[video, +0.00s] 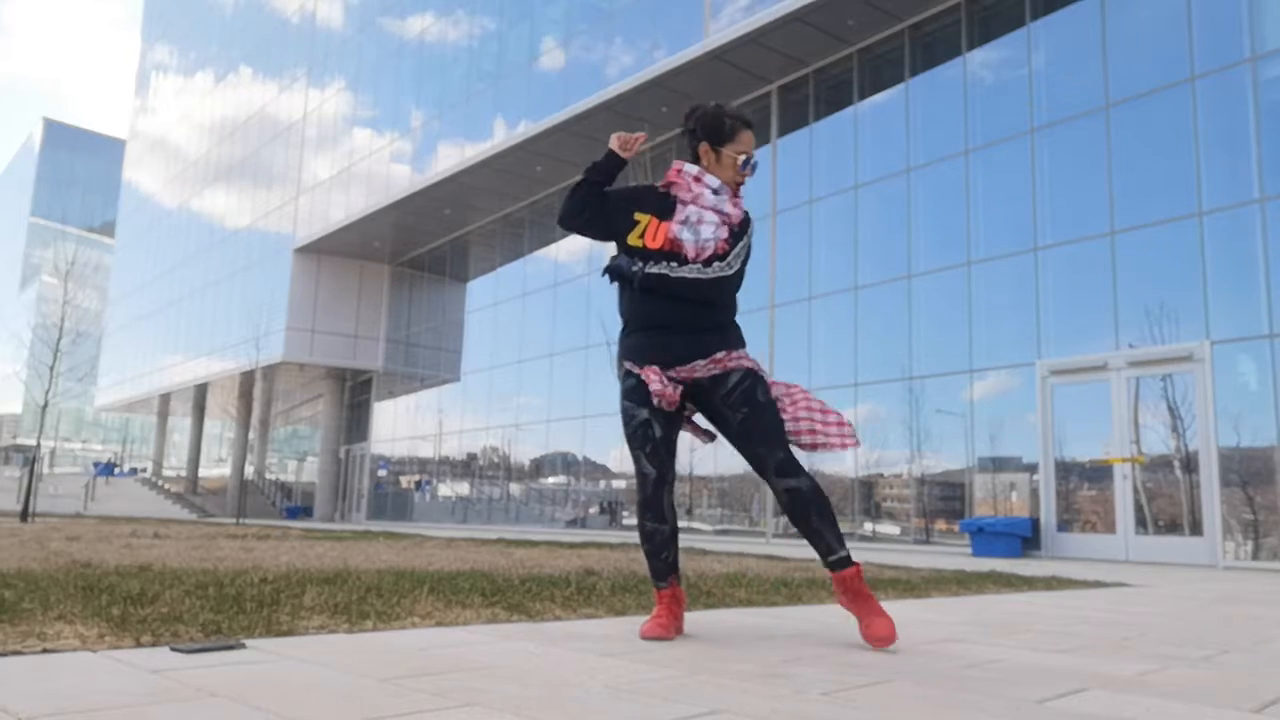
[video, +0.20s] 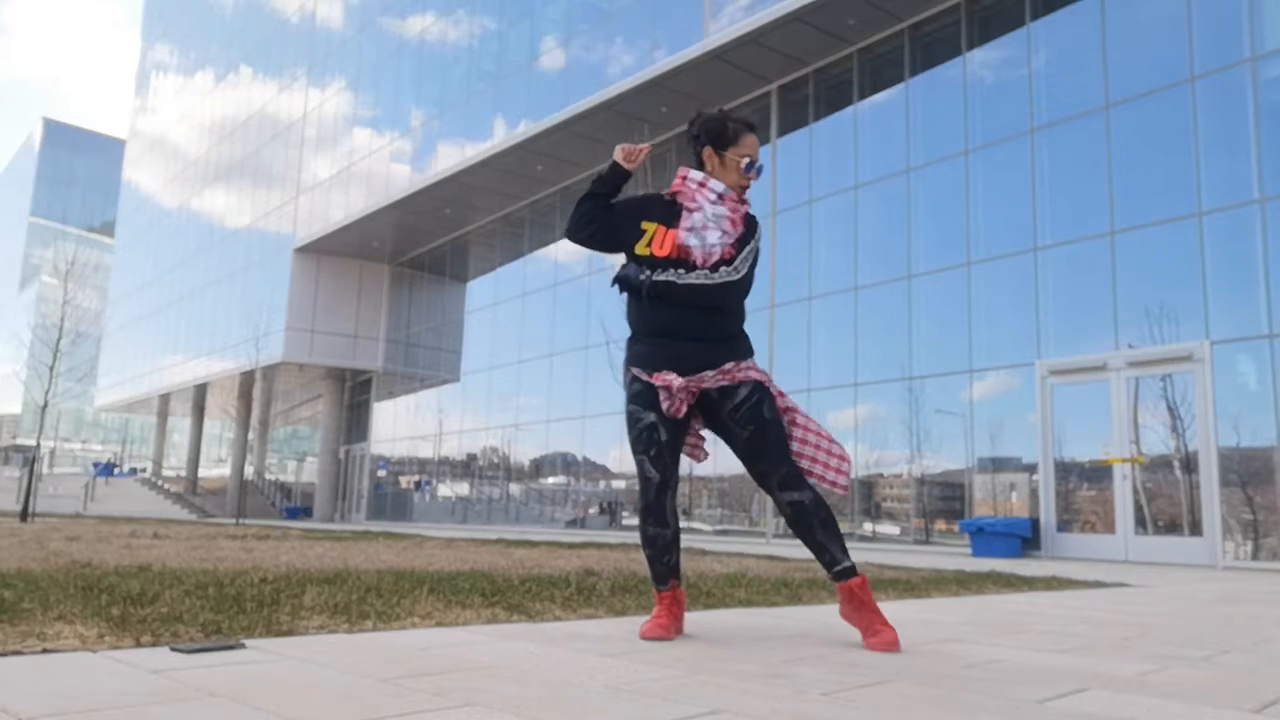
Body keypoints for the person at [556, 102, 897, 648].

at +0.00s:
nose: (748, 170)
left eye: (750, 160)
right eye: (741, 159)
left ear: (728, 159)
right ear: (705, 153)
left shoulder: (737, 222)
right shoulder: (644, 205)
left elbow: (719, 276)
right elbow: (573, 215)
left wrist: (628, 263)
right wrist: (612, 161)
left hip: (719, 357)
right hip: (648, 361)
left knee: (781, 467)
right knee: (653, 482)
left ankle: (849, 582)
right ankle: (668, 599)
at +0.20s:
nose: (753, 174)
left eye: (755, 164)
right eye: (745, 163)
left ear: (737, 163)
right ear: (709, 158)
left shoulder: (744, 225)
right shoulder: (651, 212)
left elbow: (727, 282)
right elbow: (581, 228)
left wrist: (633, 273)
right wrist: (616, 174)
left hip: (726, 363)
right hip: (655, 364)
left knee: (784, 478)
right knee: (655, 485)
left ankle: (854, 592)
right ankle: (668, 600)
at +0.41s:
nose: (735, 169)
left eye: (742, 161)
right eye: (724, 159)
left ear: (745, 167)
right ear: (692, 161)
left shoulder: (741, 229)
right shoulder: (649, 217)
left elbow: (729, 287)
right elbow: (580, 234)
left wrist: (639, 280)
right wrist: (616, 179)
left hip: (718, 368)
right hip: (647, 370)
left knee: (781, 479)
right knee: (650, 486)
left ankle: (850, 593)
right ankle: (667, 600)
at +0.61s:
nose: (705, 163)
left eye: (716, 155)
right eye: (693, 152)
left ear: (725, 165)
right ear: (671, 161)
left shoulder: (729, 225)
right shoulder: (637, 218)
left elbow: (721, 284)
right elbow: (574, 231)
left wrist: (632, 279)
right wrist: (611, 176)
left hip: (707, 367)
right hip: (637, 370)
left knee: (747, 472)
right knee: (643, 485)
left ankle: (787, 579)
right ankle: (665, 600)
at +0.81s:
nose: (689, 159)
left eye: (700, 151)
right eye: (676, 150)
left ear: (711, 160)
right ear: (657, 160)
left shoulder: (726, 215)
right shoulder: (636, 222)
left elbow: (726, 269)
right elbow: (572, 237)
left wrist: (641, 276)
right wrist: (607, 181)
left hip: (702, 369)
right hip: (634, 367)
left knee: (678, 469)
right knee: (638, 481)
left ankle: (693, 571)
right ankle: (662, 596)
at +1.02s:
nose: (681, 155)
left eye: (691, 147)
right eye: (668, 147)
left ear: (703, 157)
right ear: (650, 158)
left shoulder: (720, 210)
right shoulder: (629, 219)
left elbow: (720, 268)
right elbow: (566, 240)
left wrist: (634, 274)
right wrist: (596, 183)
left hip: (707, 355)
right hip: (639, 359)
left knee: (728, 468)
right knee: (646, 478)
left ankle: (732, 569)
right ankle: (665, 596)